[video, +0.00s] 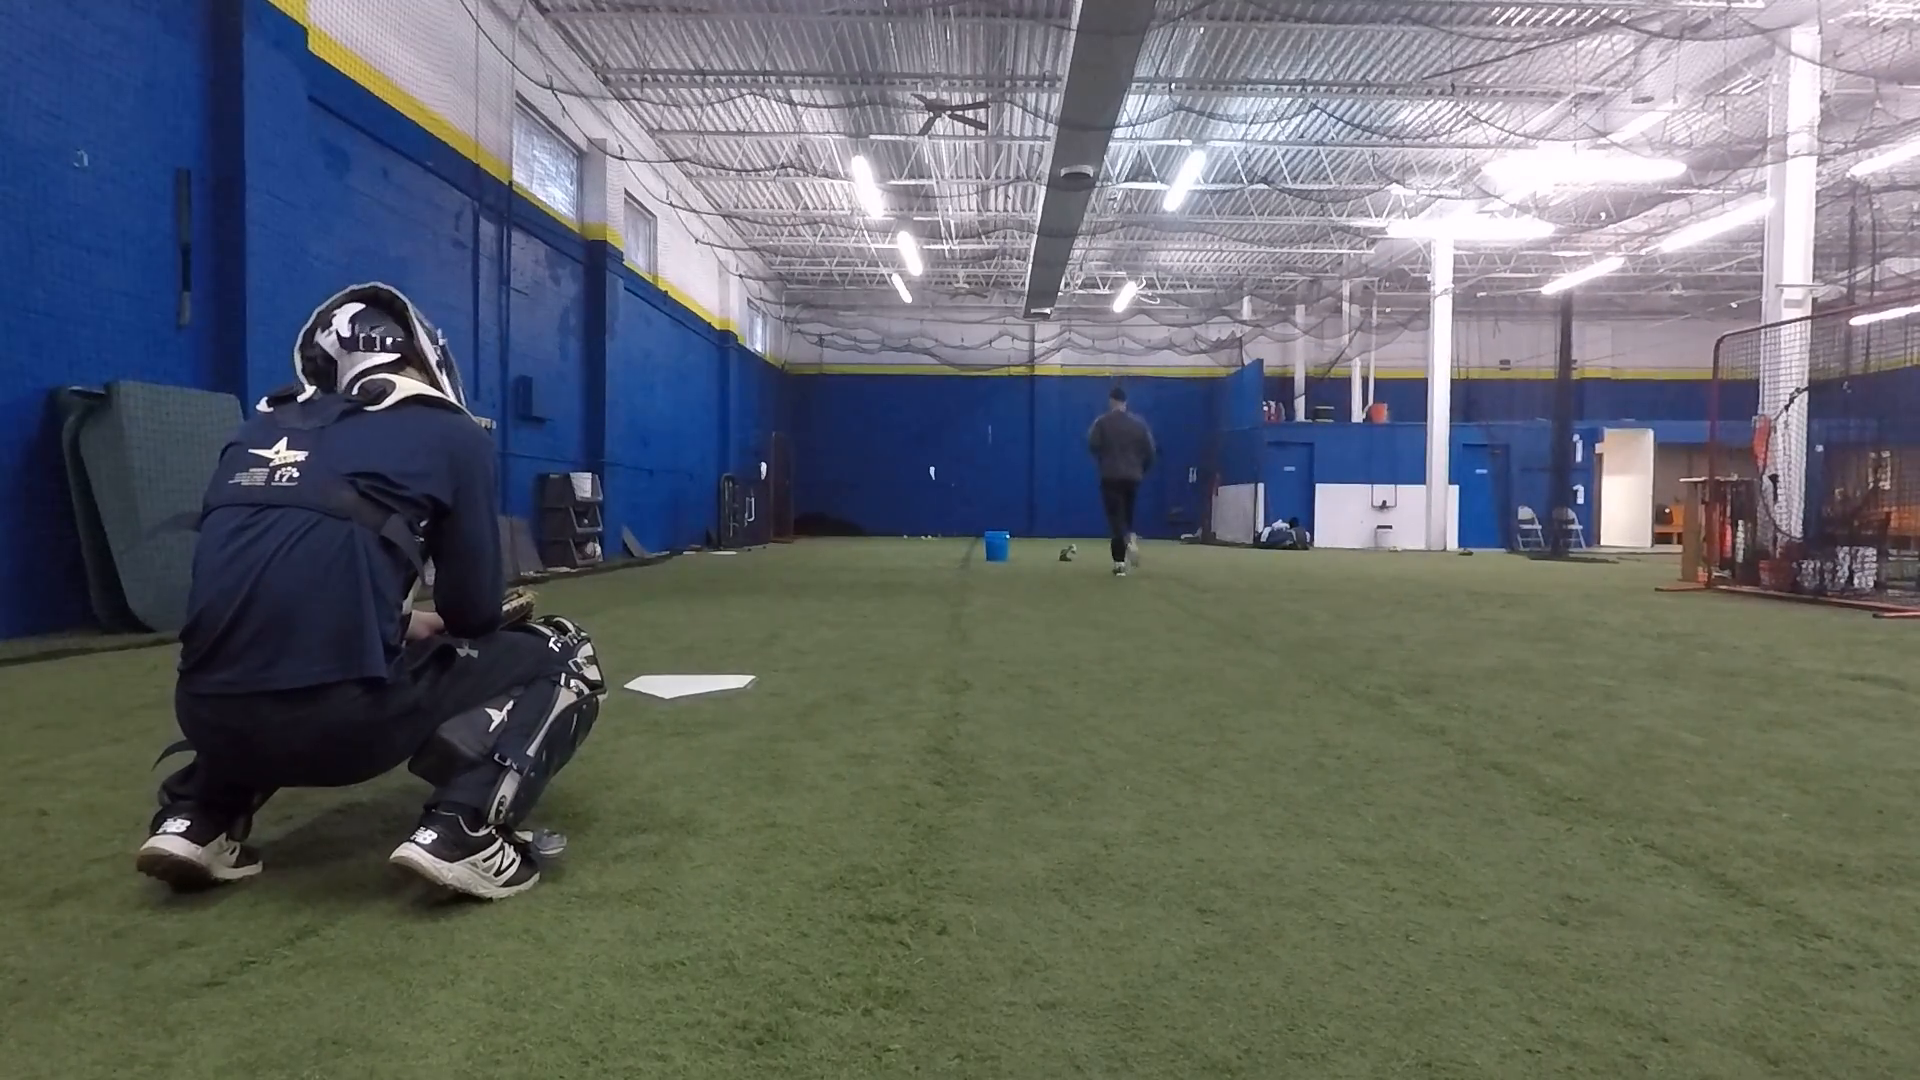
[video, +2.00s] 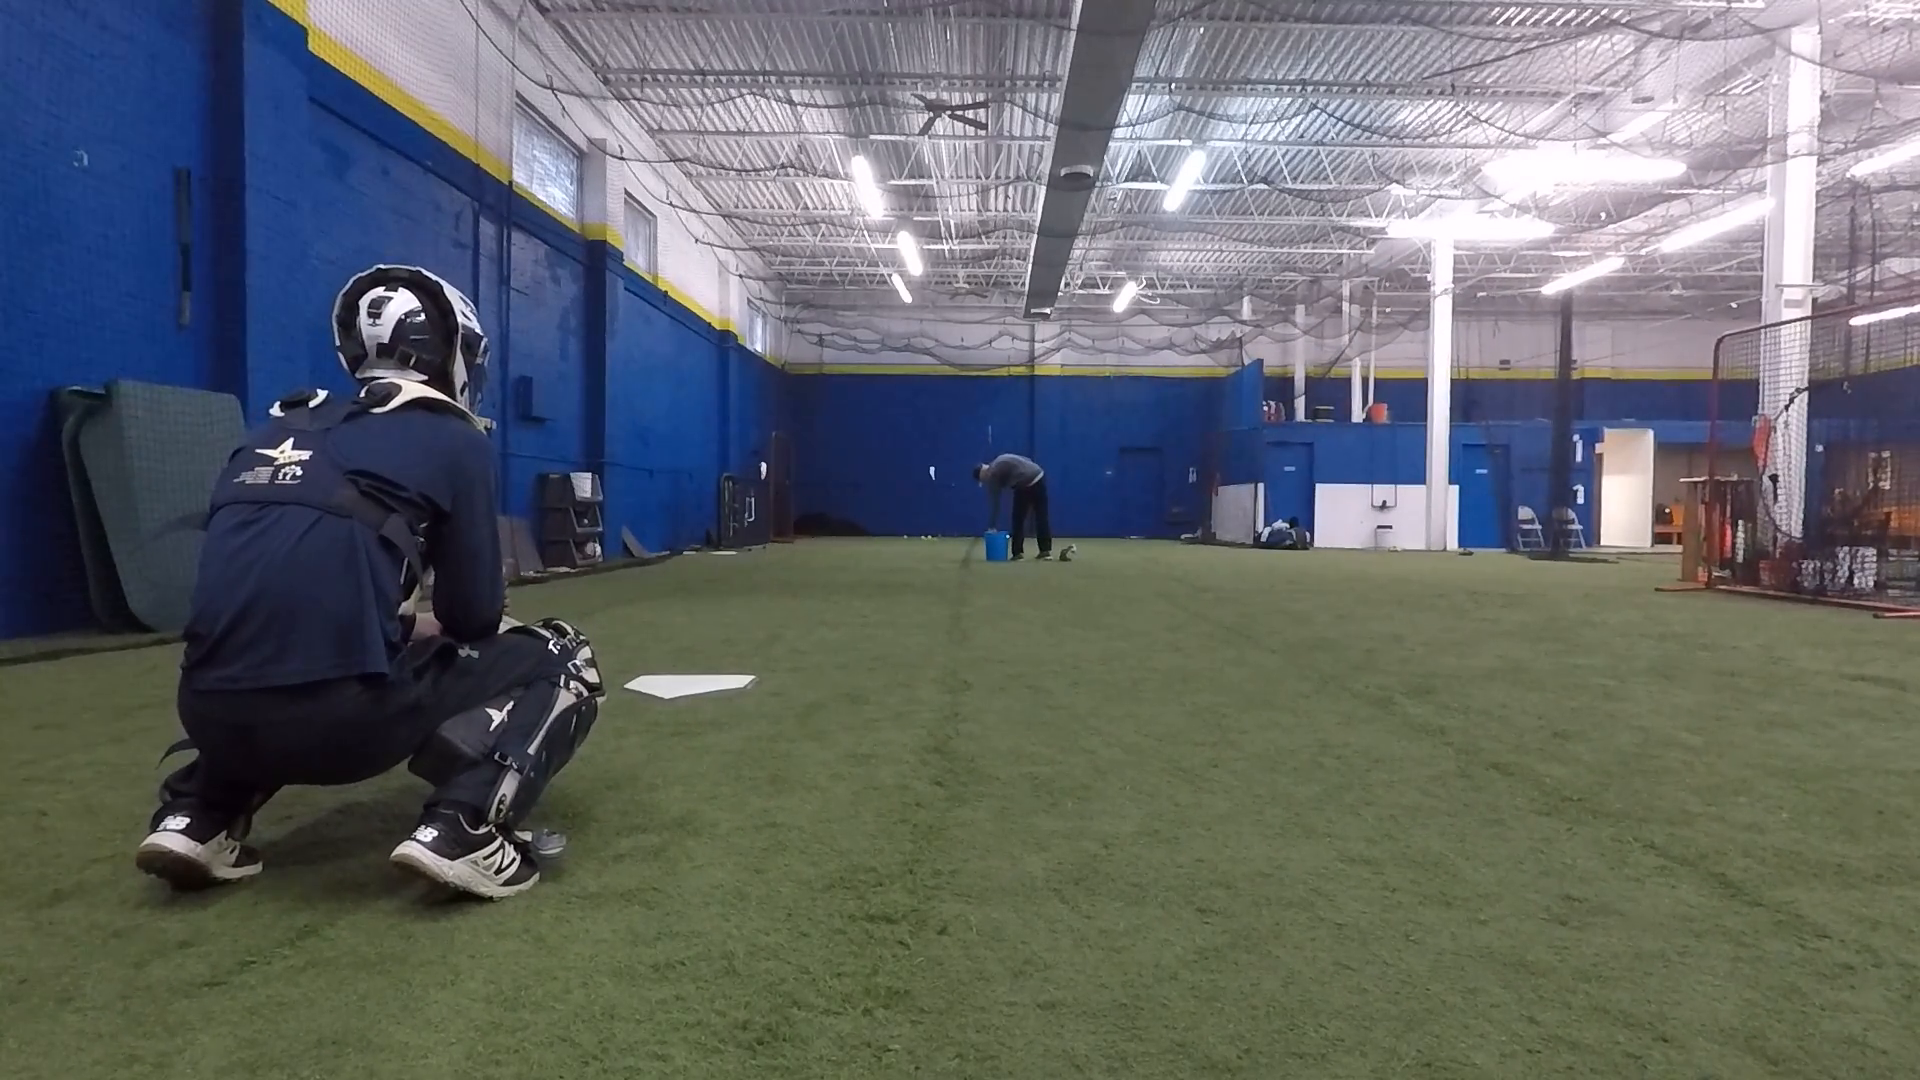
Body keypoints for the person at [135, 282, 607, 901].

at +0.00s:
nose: (444, 361)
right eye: (433, 349)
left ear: (316, 372)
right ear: (423, 356)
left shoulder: (259, 426)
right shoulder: (451, 432)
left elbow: (252, 585)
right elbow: (475, 611)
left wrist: (402, 623)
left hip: (218, 721)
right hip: (347, 723)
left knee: (279, 628)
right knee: (565, 654)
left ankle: (196, 817)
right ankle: (462, 827)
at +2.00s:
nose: (473, 373)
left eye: (472, 357)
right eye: (469, 356)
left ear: (353, 355)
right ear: (451, 356)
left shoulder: (276, 428)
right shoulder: (454, 439)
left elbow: (259, 587)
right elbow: (472, 618)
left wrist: (396, 625)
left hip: (219, 720)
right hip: (345, 722)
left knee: (286, 630)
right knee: (564, 658)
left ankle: (195, 815)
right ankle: (465, 825)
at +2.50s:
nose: (473, 364)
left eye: (470, 349)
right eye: (468, 349)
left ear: (351, 352)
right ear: (452, 351)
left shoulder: (281, 423)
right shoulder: (465, 437)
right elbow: (475, 604)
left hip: (221, 714)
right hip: (353, 715)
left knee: (288, 624)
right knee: (564, 663)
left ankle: (200, 816)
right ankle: (464, 824)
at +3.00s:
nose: (482, 349)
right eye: (476, 334)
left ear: (361, 337)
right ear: (464, 343)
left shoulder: (285, 409)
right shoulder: (495, 436)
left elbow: (258, 551)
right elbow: (494, 596)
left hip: (255, 683)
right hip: (401, 689)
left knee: (276, 636)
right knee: (560, 666)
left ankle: (189, 828)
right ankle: (466, 822)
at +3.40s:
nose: (489, 345)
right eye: (483, 331)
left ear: (369, 333)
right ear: (473, 338)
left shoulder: (294, 408)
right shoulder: (502, 433)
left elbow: (260, 556)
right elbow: (515, 597)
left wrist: (315, 614)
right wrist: (453, 652)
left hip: (270, 683)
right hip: (417, 691)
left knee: (278, 635)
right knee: (570, 669)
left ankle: (199, 831)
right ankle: (462, 822)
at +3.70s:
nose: (478, 352)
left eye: (474, 337)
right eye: (473, 337)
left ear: (359, 340)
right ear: (459, 341)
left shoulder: (293, 417)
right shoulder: (475, 431)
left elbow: (259, 566)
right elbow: (484, 598)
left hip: (222, 694)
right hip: (357, 700)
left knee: (297, 618)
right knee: (573, 654)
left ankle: (203, 814)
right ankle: (445, 830)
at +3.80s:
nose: (470, 348)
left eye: (467, 333)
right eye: (466, 334)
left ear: (352, 340)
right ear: (452, 337)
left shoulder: (290, 414)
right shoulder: (463, 428)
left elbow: (270, 574)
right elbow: (472, 596)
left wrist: (395, 608)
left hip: (209, 695)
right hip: (335, 697)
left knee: (297, 616)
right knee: (573, 650)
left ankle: (205, 810)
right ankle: (438, 833)